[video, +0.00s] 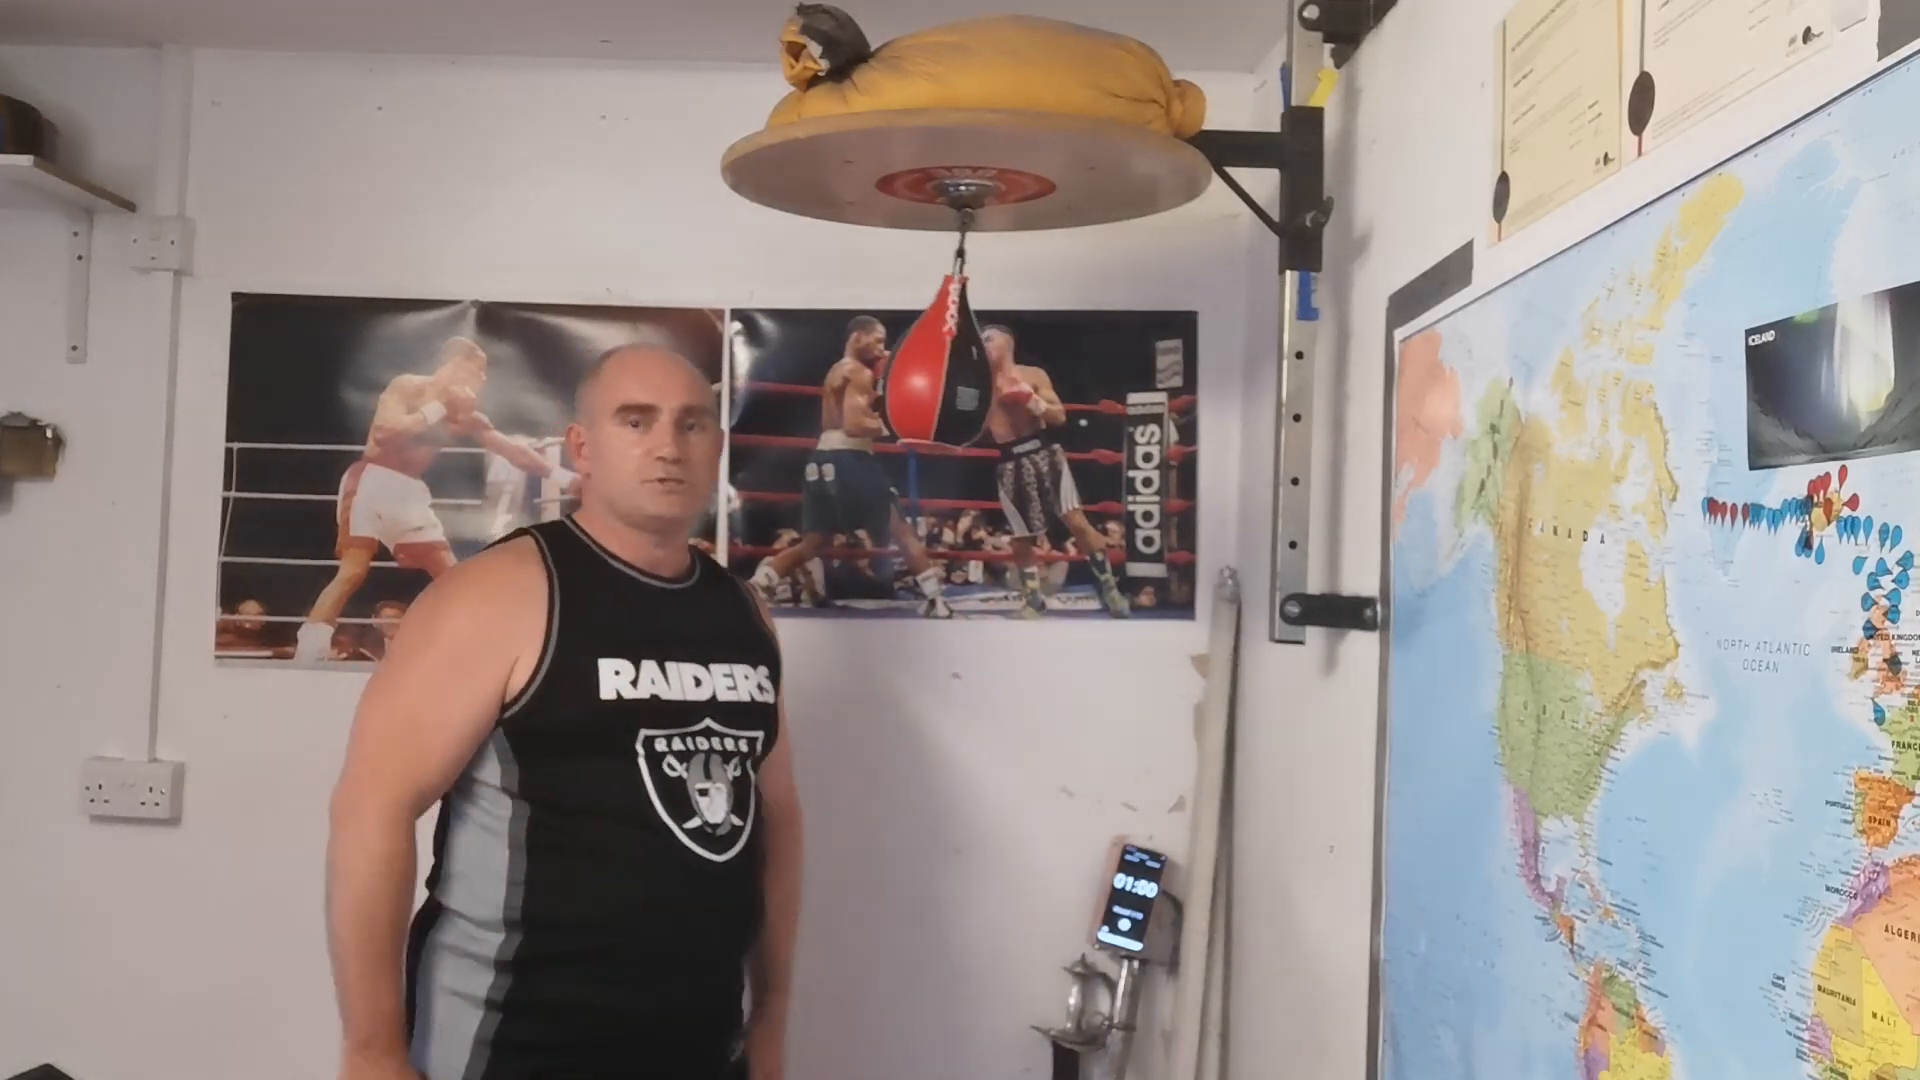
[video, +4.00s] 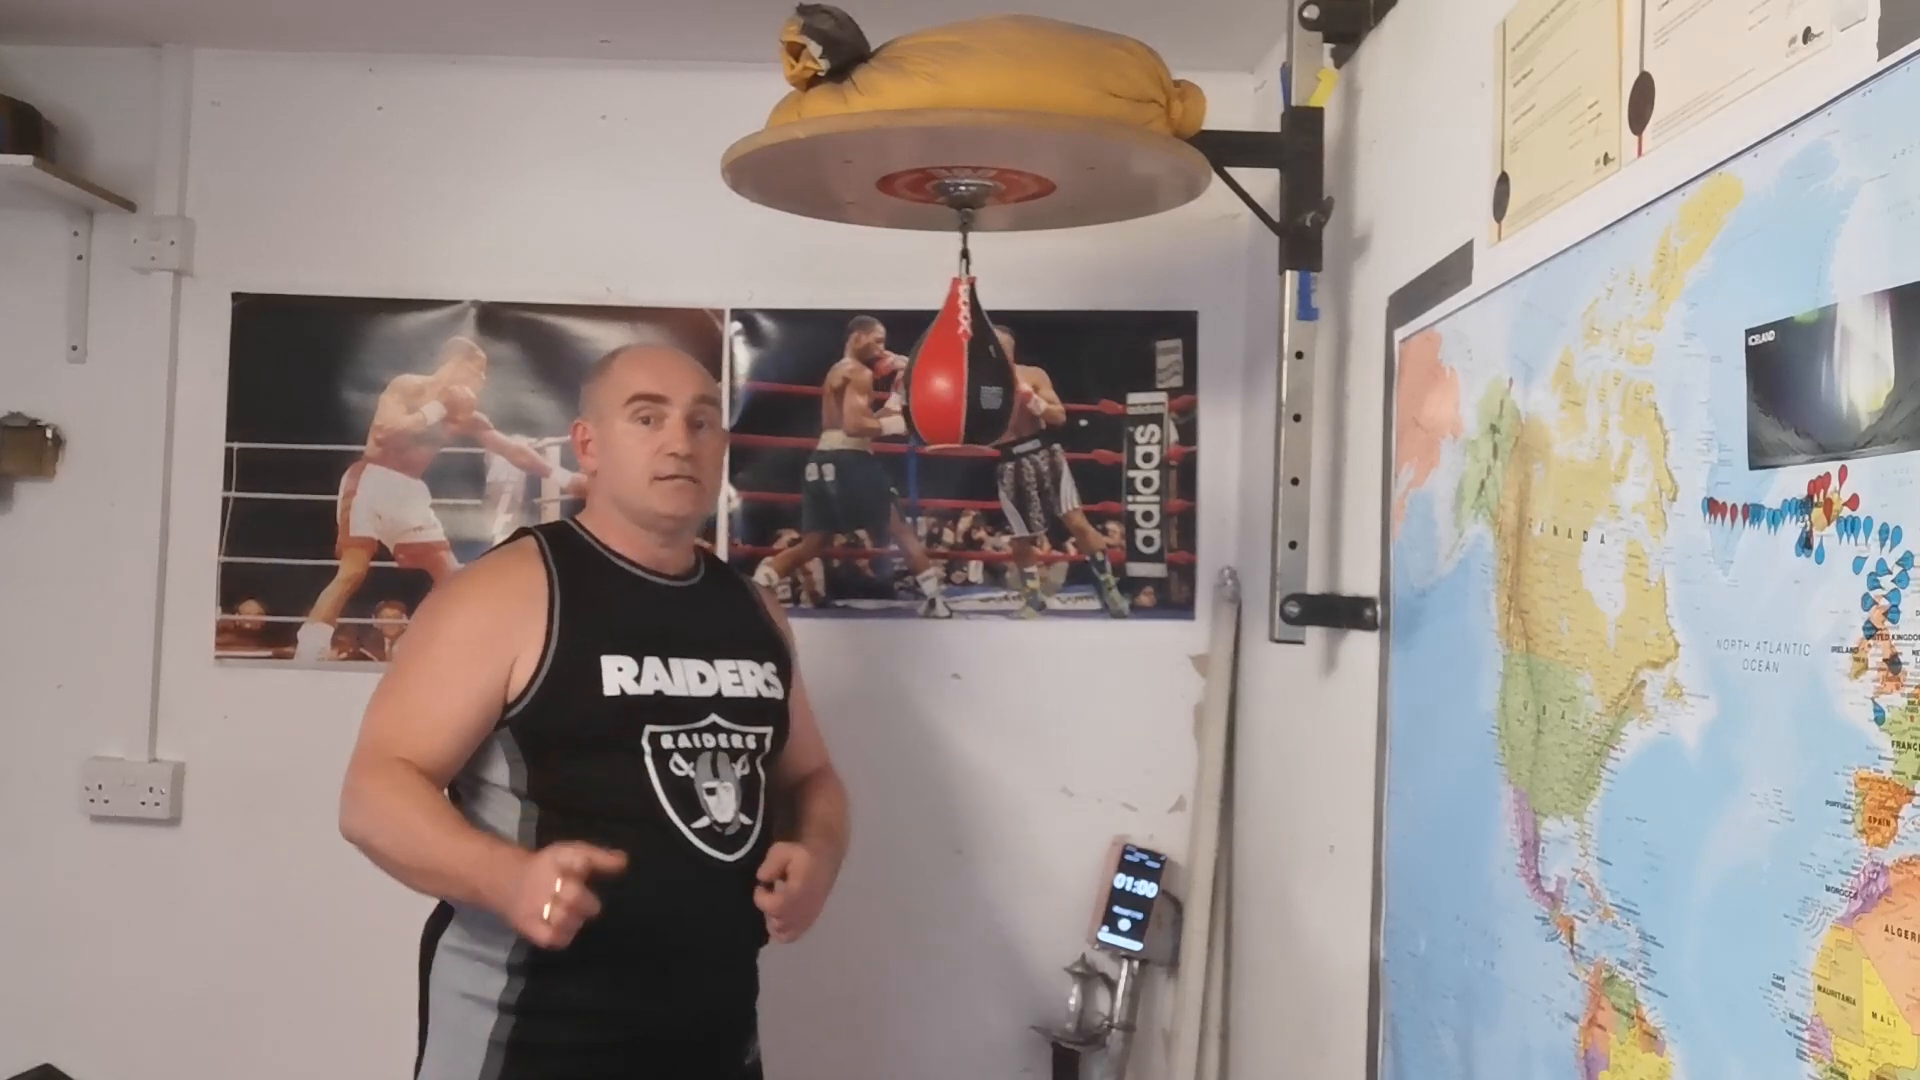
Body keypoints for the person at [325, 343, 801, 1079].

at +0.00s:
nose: (670, 445)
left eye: (694, 421)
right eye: (637, 419)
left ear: (717, 449)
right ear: (580, 448)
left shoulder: (737, 610)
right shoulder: (492, 595)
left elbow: (774, 816)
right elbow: (370, 806)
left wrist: (768, 1020)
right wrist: (373, 1047)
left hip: (693, 1037)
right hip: (513, 1039)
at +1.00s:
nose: (668, 443)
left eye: (691, 421)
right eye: (634, 417)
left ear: (715, 453)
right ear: (577, 444)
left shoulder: (744, 606)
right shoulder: (495, 590)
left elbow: (813, 765)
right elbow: (369, 789)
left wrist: (824, 814)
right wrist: (506, 843)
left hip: (699, 1018)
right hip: (522, 1022)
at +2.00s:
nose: (679, 451)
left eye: (702, 426)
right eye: (647, 422)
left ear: (727, 453)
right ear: (588, 444)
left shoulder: (750, 607)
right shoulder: (506, 588)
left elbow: (814, 764)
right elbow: (375, 788)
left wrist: (830, 812)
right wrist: (518, 832)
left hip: (702, 1017)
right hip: (525, 1020)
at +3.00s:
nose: (702, 453)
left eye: (725, 431)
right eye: (669, 424)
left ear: (746, 458)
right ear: (608, 447)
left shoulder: (753, 609)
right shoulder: (519, 591)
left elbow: (787, 807)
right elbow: (382, 798)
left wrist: (794, 1001)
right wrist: (398, 1037)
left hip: (707, 1037)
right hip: (529, 1041)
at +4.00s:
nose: (680, 442)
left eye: (701, 420)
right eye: (647, 415)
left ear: (725, 450)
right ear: (587, 444)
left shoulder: (748, 608)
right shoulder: (502, 593)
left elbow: (809, 778)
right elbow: (375, 790)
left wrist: (814, 856)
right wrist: (507, 878)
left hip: (709, 1026)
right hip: (532, 1030)